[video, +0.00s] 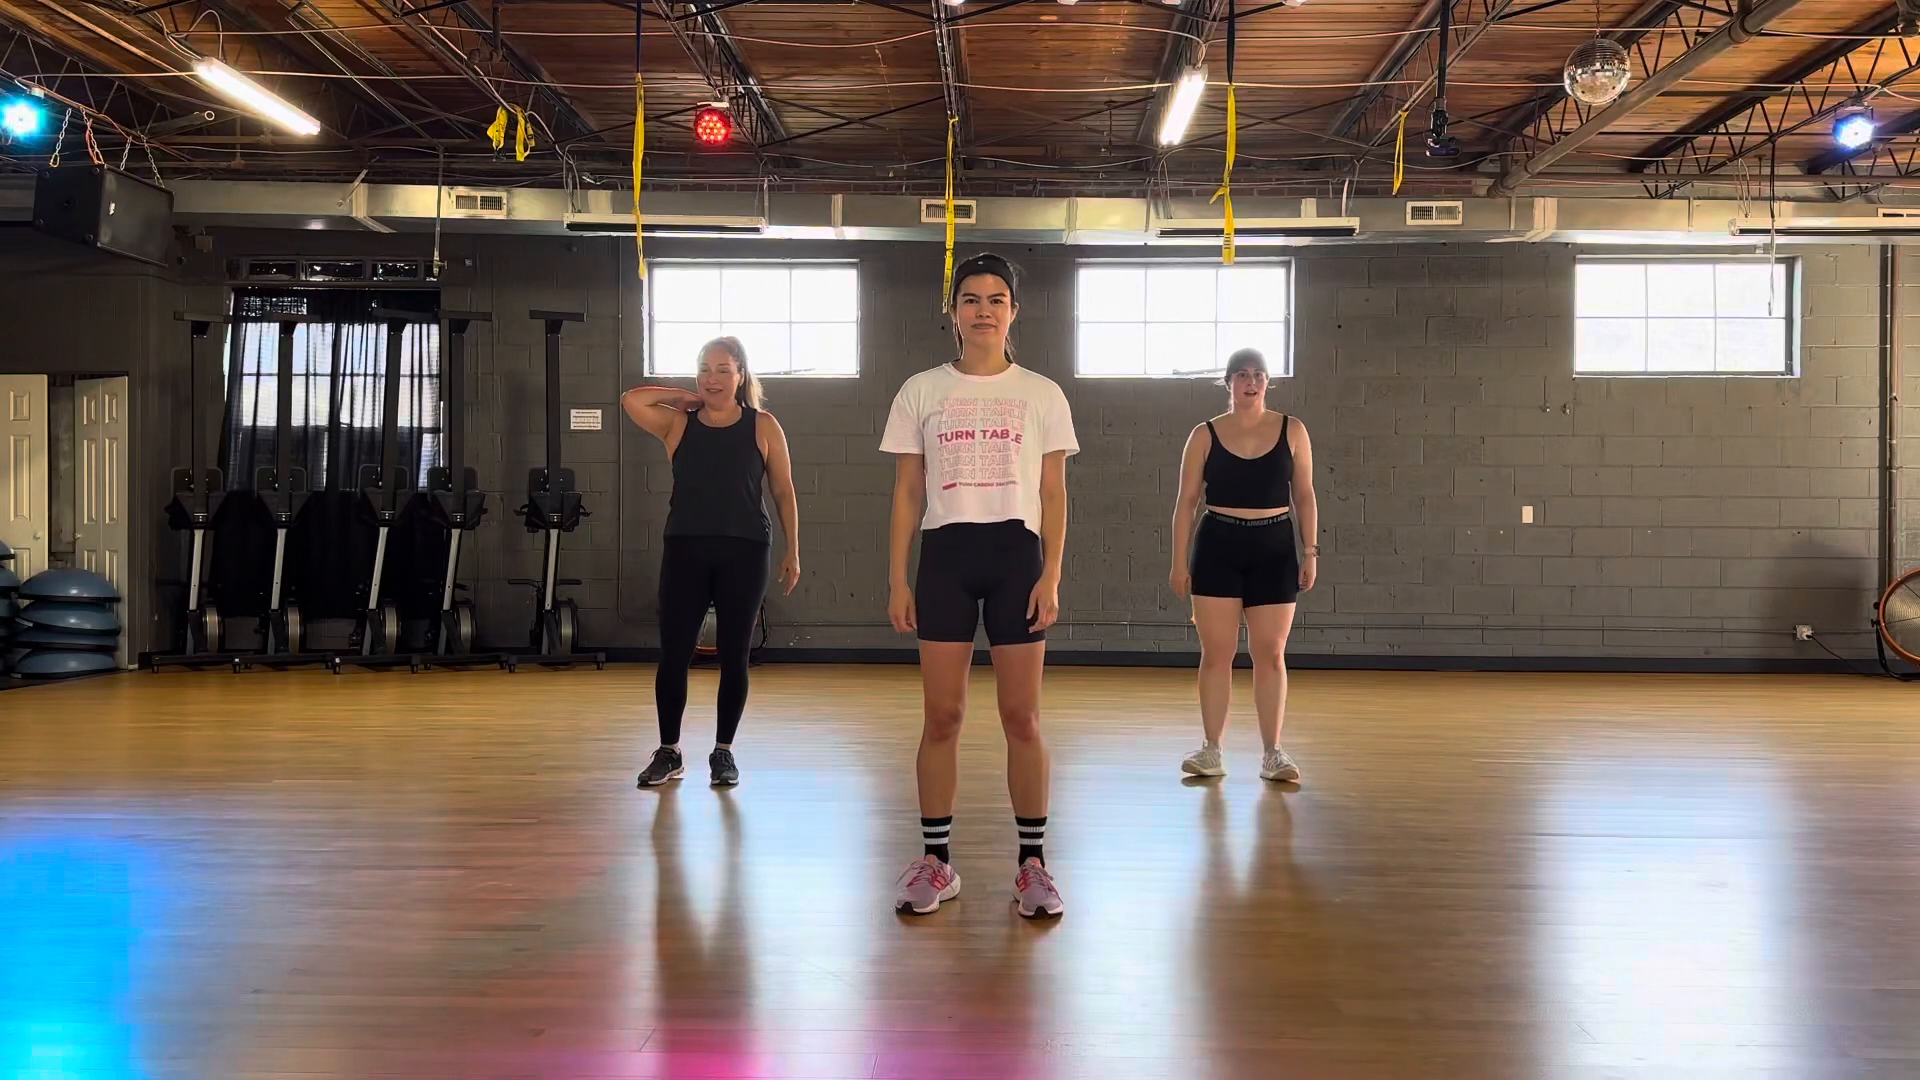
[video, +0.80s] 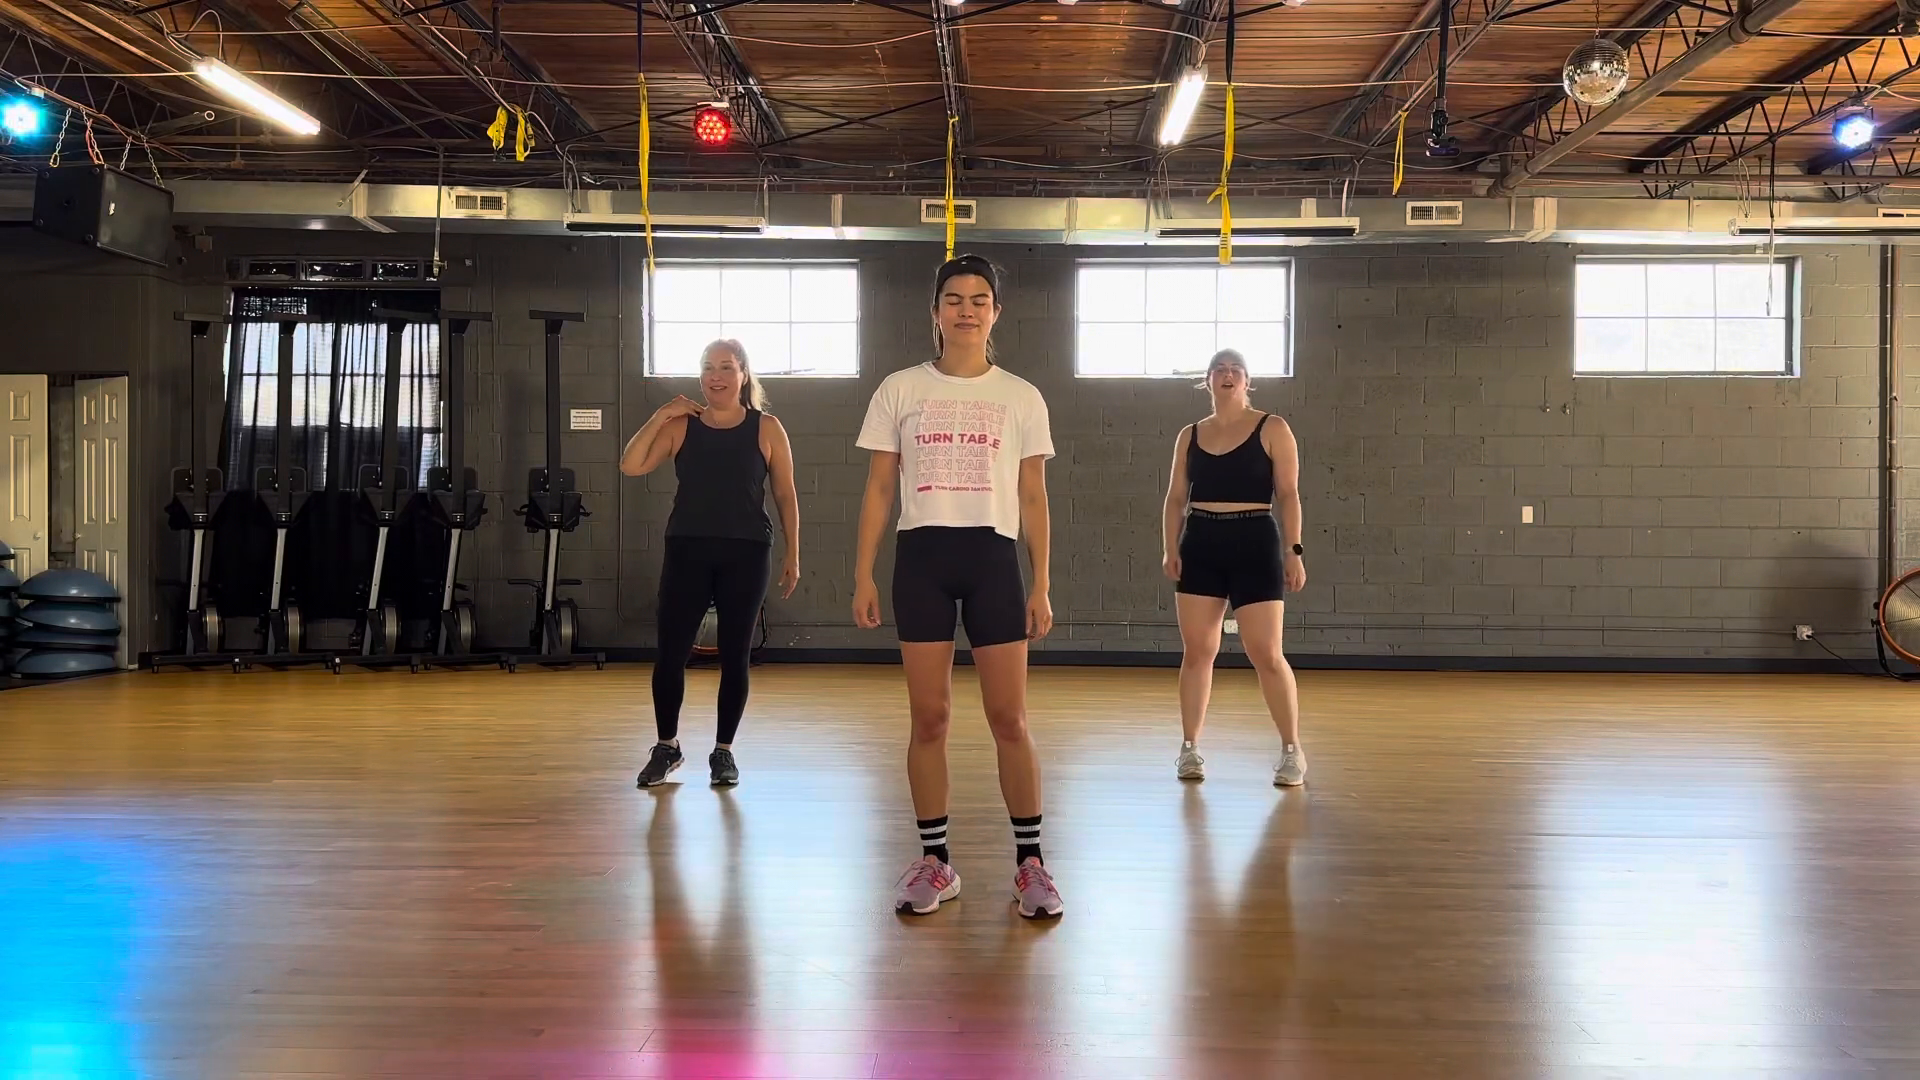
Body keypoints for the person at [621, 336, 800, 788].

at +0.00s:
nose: (714, 378)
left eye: (723, 369)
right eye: (706, 370)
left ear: (741, 375)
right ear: (698, 376)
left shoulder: (764, 426)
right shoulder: (676, 422)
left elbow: (784, 492)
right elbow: (631, 399)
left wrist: (792, 551)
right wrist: (677, 392)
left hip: (744, 552)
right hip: (685, 550)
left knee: (733, 654)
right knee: (674, 652)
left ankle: (722, 750)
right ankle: (667, 751)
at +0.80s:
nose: (716, 375)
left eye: (726, 368)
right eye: (709, 368)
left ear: (744, 375)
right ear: (701, 376)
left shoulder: (766, 428)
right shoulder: (681, 424)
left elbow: (786, 495)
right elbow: (632, 465)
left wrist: (792, 556)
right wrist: (658, 415)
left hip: (745, 553)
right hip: (687, 550)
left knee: (734, 654)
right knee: (671, 649)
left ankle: (723, 750)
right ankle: (666, 746)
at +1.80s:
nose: (724, 373)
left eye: (734, 366)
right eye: (717, 366)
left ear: (752, 375)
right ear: (708, 376)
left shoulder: (775, 428)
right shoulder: (688, 422)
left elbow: (806, 489)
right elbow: (653, 484)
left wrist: (811, 548)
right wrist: (667, 462)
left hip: (750, 554)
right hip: (691, 551)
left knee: (737, 656)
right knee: (675, 651)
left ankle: (723, 750)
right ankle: (669, 746)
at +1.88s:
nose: (726, 373)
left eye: (735, 366)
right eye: (719, 367)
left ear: (754, 376)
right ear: (710, 377)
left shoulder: (777, 430)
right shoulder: (688, 423)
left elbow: (800, 497)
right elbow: (660, 482)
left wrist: (819, 559)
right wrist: (667, 499)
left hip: (752, 556)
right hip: (693, 553)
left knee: (739, 657)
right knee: (679, 651)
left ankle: (724, 751)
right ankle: (669, 733)